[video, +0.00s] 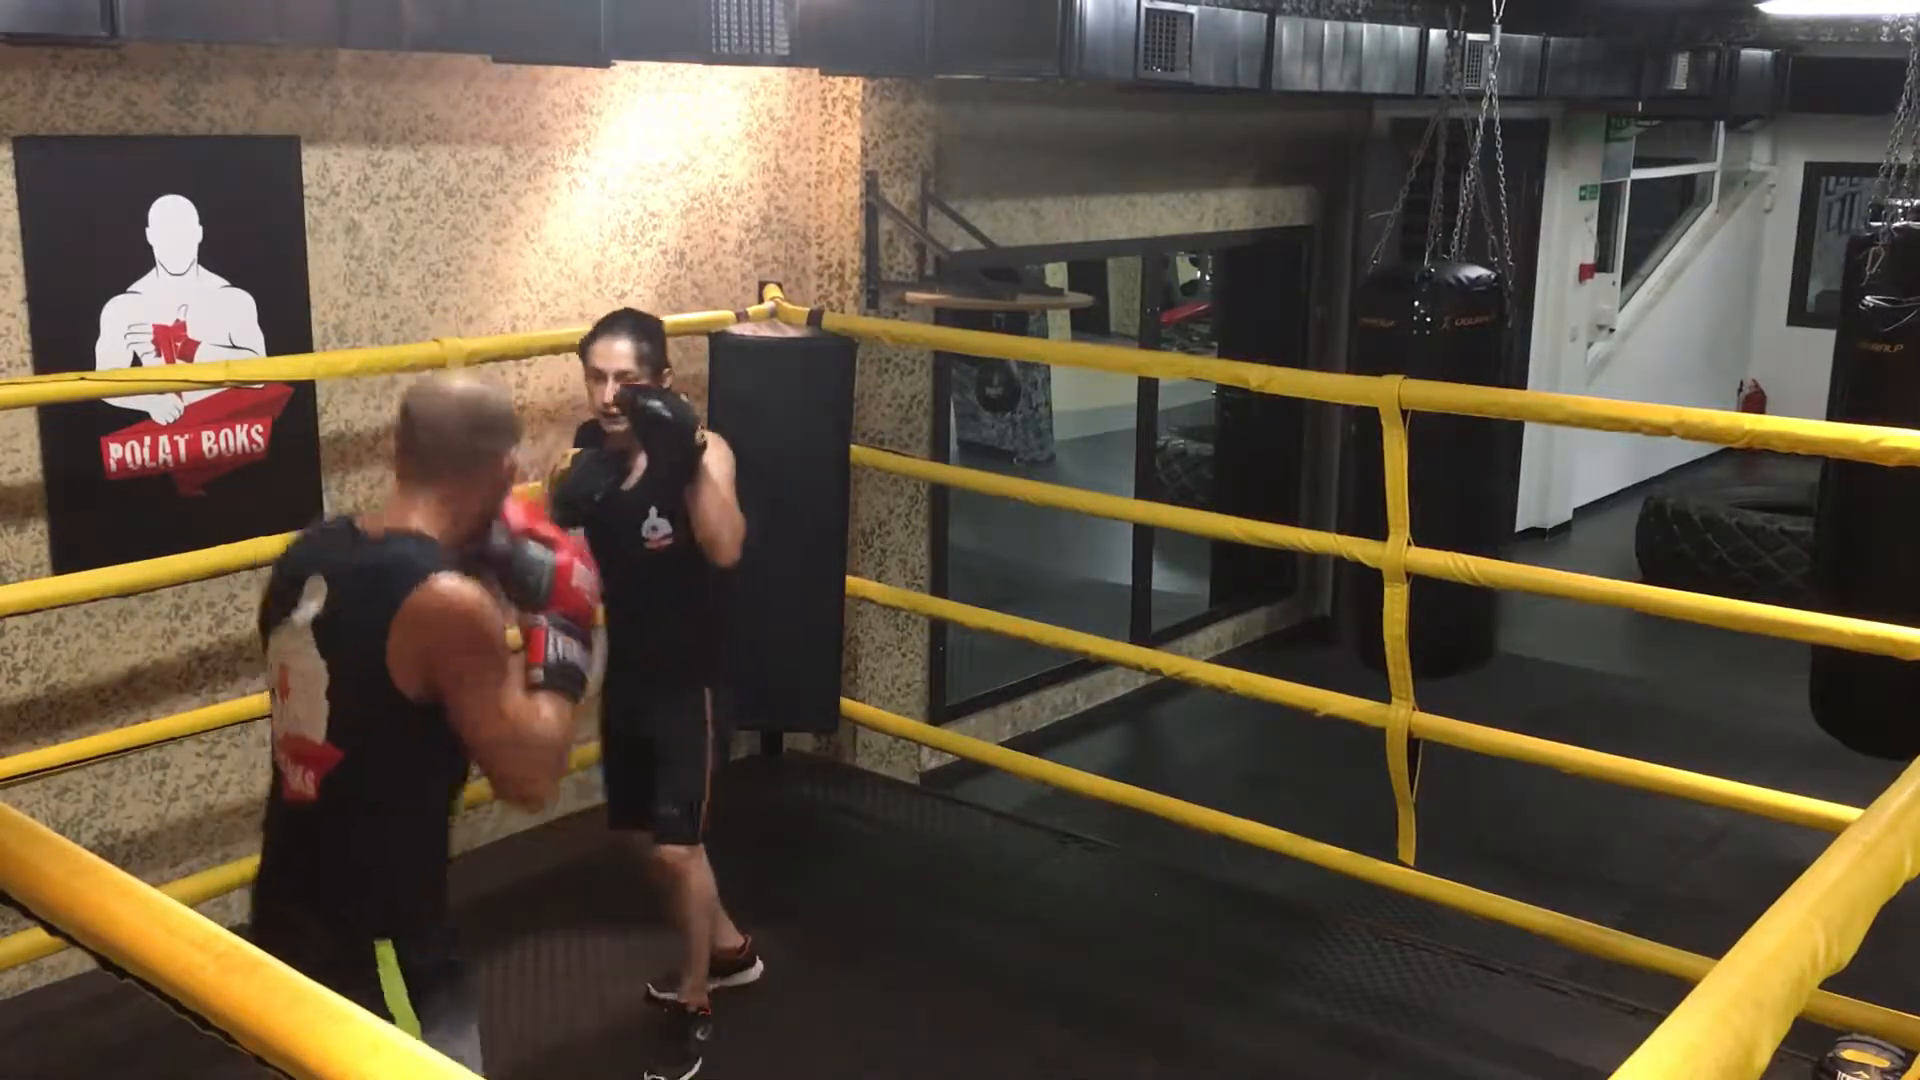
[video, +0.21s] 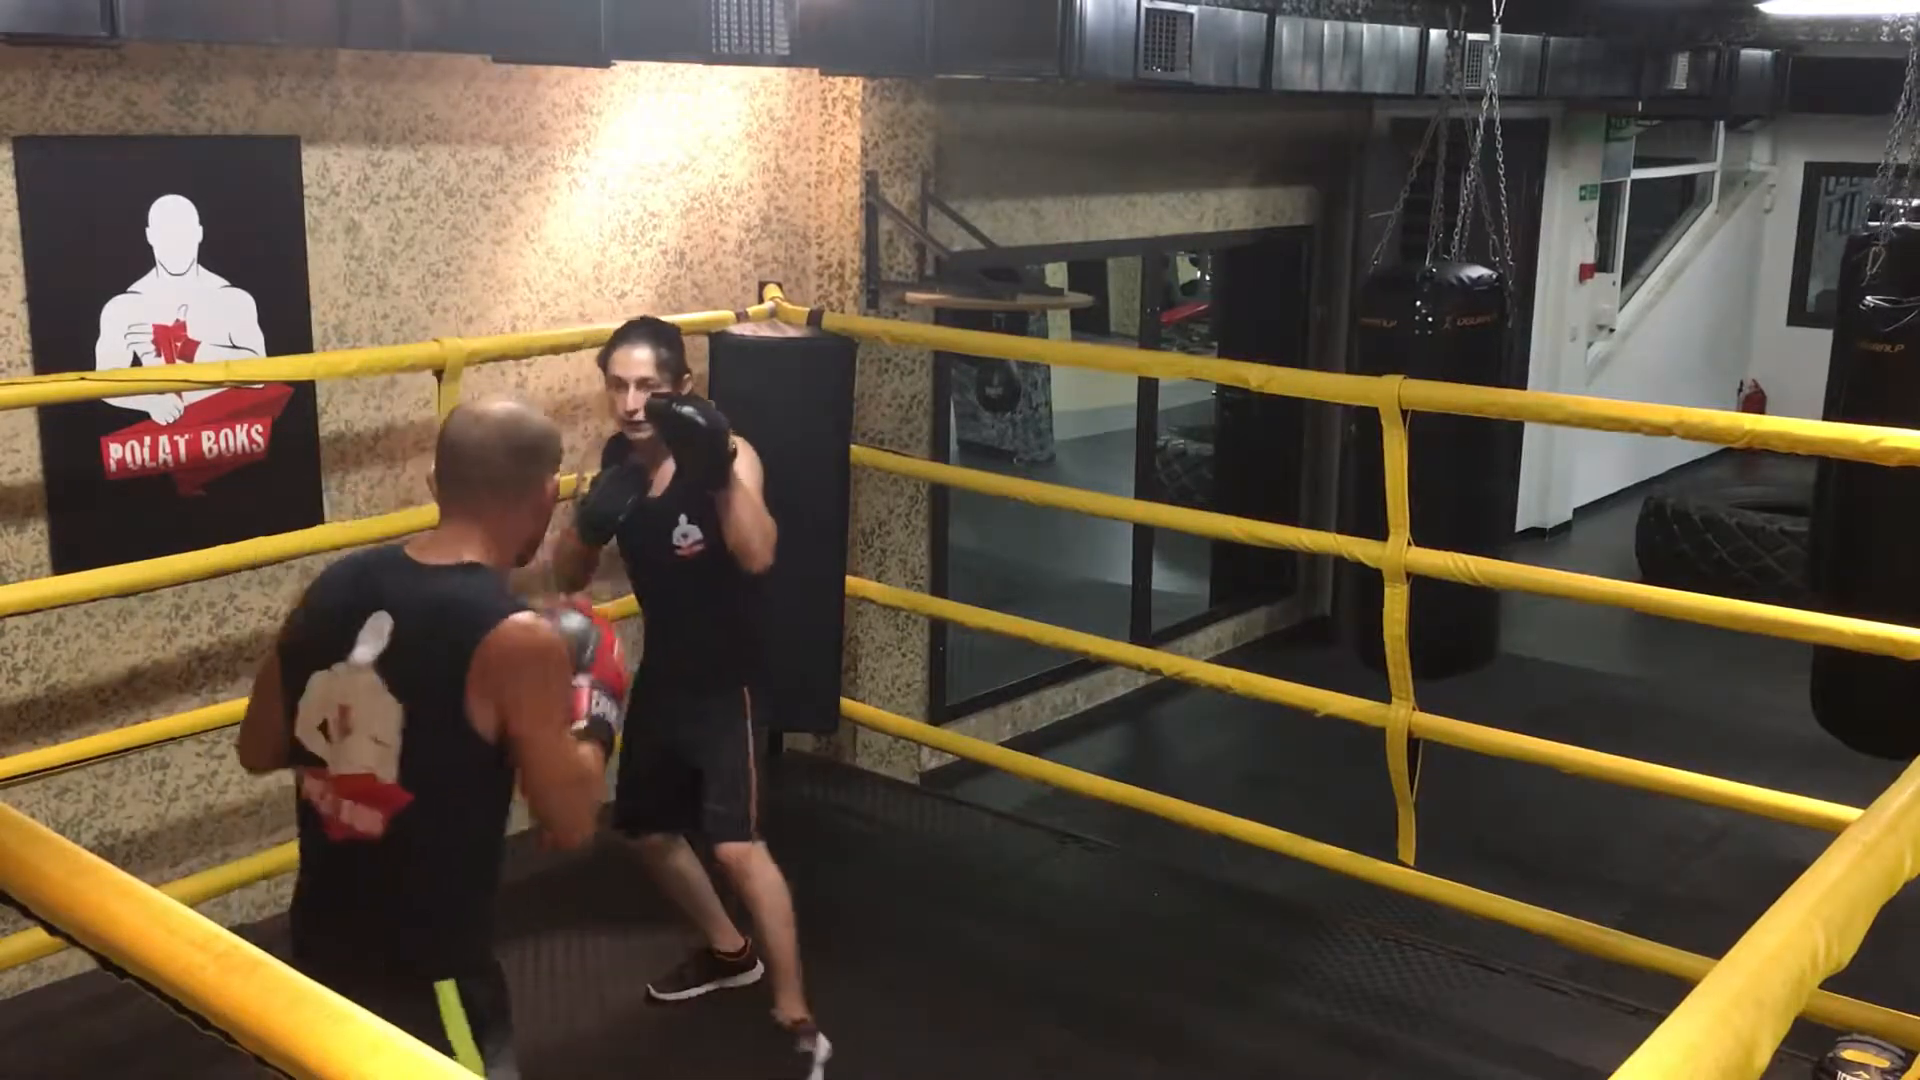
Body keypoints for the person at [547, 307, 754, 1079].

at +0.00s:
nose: (608, 394)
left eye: (623, 379)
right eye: (596, 380)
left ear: (659, 378)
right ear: (585, 383)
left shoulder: (704, 448)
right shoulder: (591, 457)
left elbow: (725, 548)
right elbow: (548, 536)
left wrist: (686, 452)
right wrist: (575, 480)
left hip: (690, 666)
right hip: (627, 663)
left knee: (676, 843)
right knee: (641, 830)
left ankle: (693, 998)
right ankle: (727, 944)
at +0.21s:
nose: (630, 401)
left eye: (645, 386)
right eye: (619, 386)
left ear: (678, 385)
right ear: (606, 388)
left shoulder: (727, 452)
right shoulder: (617, 469)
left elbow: (758, 553)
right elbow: (567, 577)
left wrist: (719, 463)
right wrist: (589, 521)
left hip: (729, 673)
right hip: (664, 672)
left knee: (733, 842)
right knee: (646, 826)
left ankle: (795, 1013)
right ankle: (727, 949)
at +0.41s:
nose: (661, 407)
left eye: (677, 390)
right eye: (650, 391)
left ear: (713, 391)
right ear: (639, 395)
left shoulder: (762, 461)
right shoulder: (640, 475)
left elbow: (787, 560)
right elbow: (611, 578)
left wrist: (745, 470)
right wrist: (597, 537)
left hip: (758, 691)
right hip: (676, 690)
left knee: (790, 866)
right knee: (666, 830)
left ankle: (824, 1047)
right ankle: (729, 950)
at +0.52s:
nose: (674, 408)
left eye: (689, 393)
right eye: (663, 393)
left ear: (726, 394)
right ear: (653, 397)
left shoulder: (778, 467)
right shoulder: (653, 486)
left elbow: (805, 566)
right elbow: (625, 594)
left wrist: (763, 467)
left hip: (777, 695)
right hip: (695, 692)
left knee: (792, 877)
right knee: (676, 840)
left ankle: (821, 1048)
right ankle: (729, 952)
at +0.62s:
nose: (684, 409)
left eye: (701, 393)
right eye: (674, 395)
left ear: (735, 400)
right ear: (664, 405)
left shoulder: (783, 478)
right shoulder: (672, 485)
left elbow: (786, 570)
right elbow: (606, 545)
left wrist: (765, 471)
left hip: (788, 698)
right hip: (718, 689)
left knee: (790, 881)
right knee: (688, 833)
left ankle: (820, 1048)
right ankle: (742, 949)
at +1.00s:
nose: (730, 398)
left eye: (746, 382)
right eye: (721, 382)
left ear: (787, 386)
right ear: (712, 386)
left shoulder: (829, 470)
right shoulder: (721, 461)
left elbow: (870, 589)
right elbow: (650, 500)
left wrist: (798, 549)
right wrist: (670, 504)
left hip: (824, 697)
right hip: (743, 684)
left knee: (819, 871)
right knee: (724, 819)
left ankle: (861, 1020)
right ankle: (776, 940)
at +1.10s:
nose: (748, 398)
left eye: (764, 382)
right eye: (740, 382)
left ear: (805, 387)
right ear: (732, 388)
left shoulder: (858, 474)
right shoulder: (730, 466)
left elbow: (920, 574)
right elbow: (642, 526)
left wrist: (865, 640)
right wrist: (674, 477)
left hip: (831, 694)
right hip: (750, 689)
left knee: (831, 861)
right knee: (754, 819)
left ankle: (860, 1018)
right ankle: (804, 908)